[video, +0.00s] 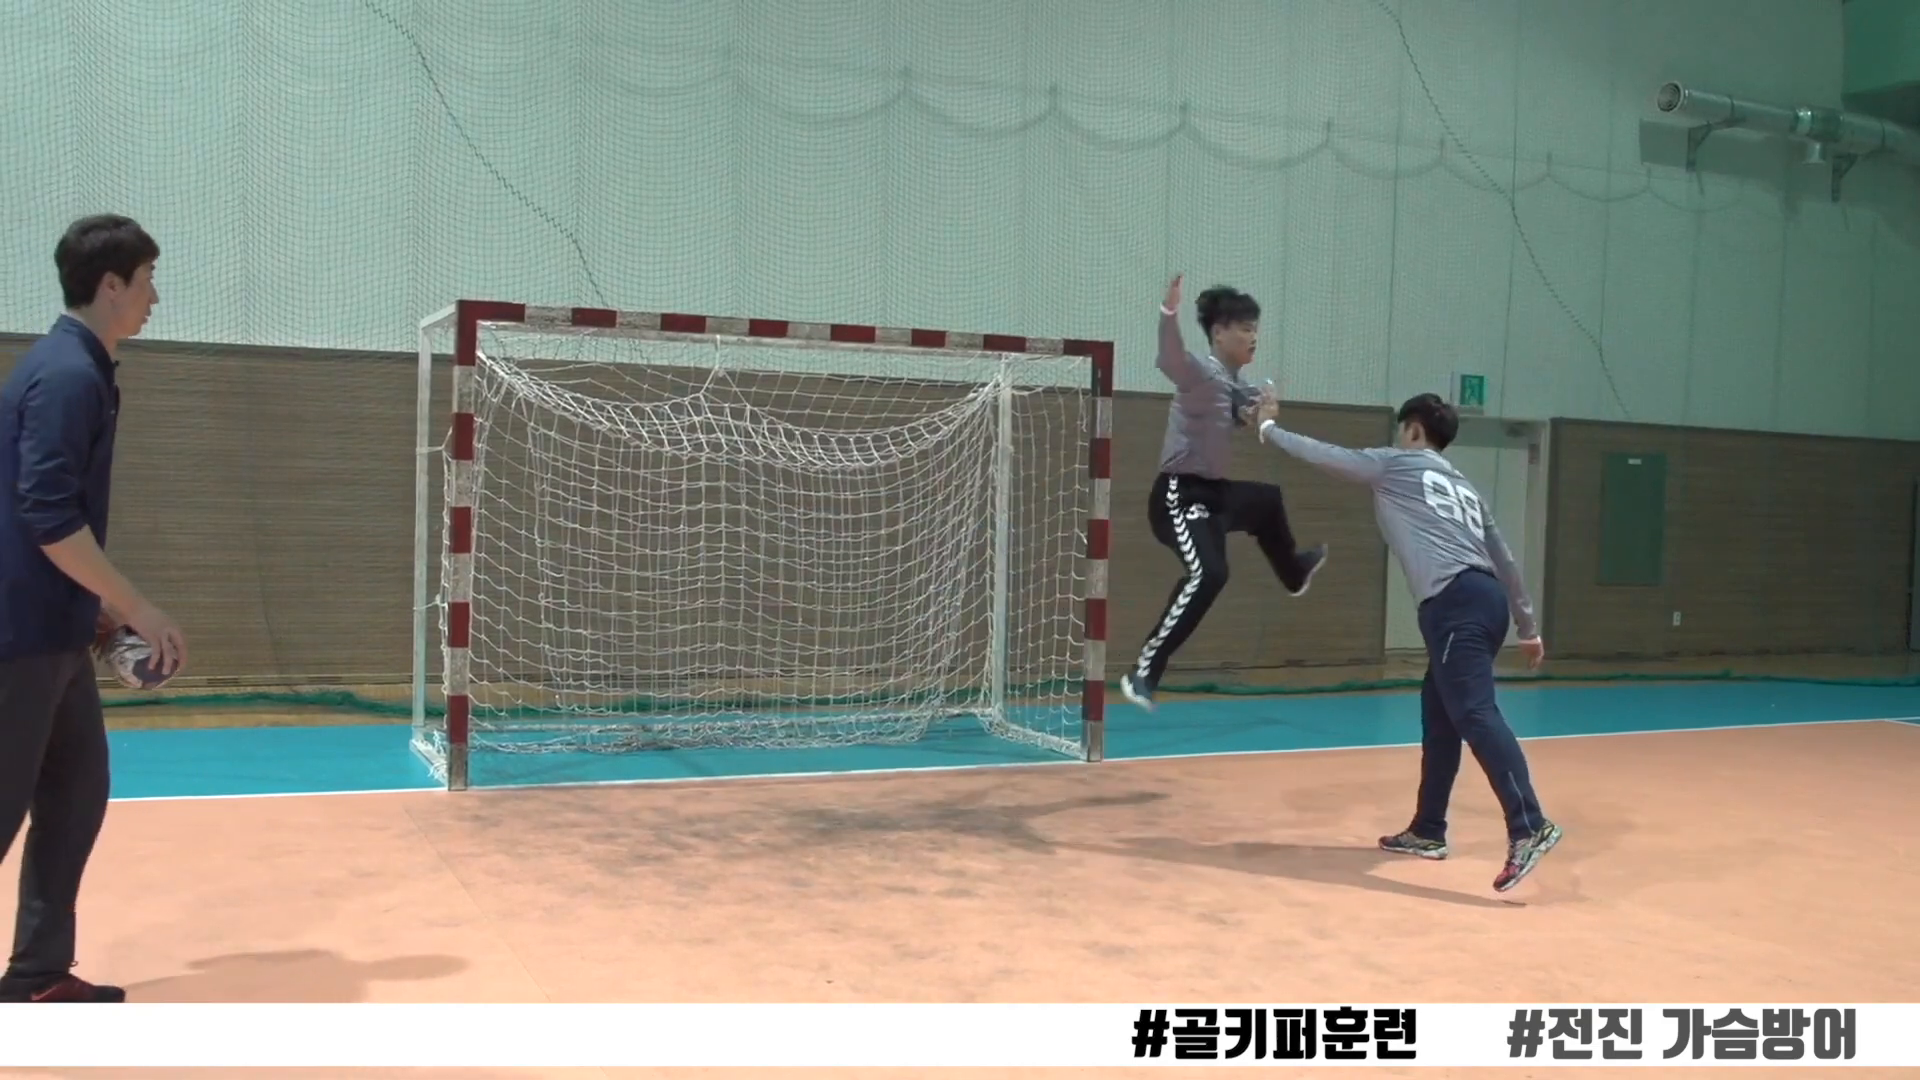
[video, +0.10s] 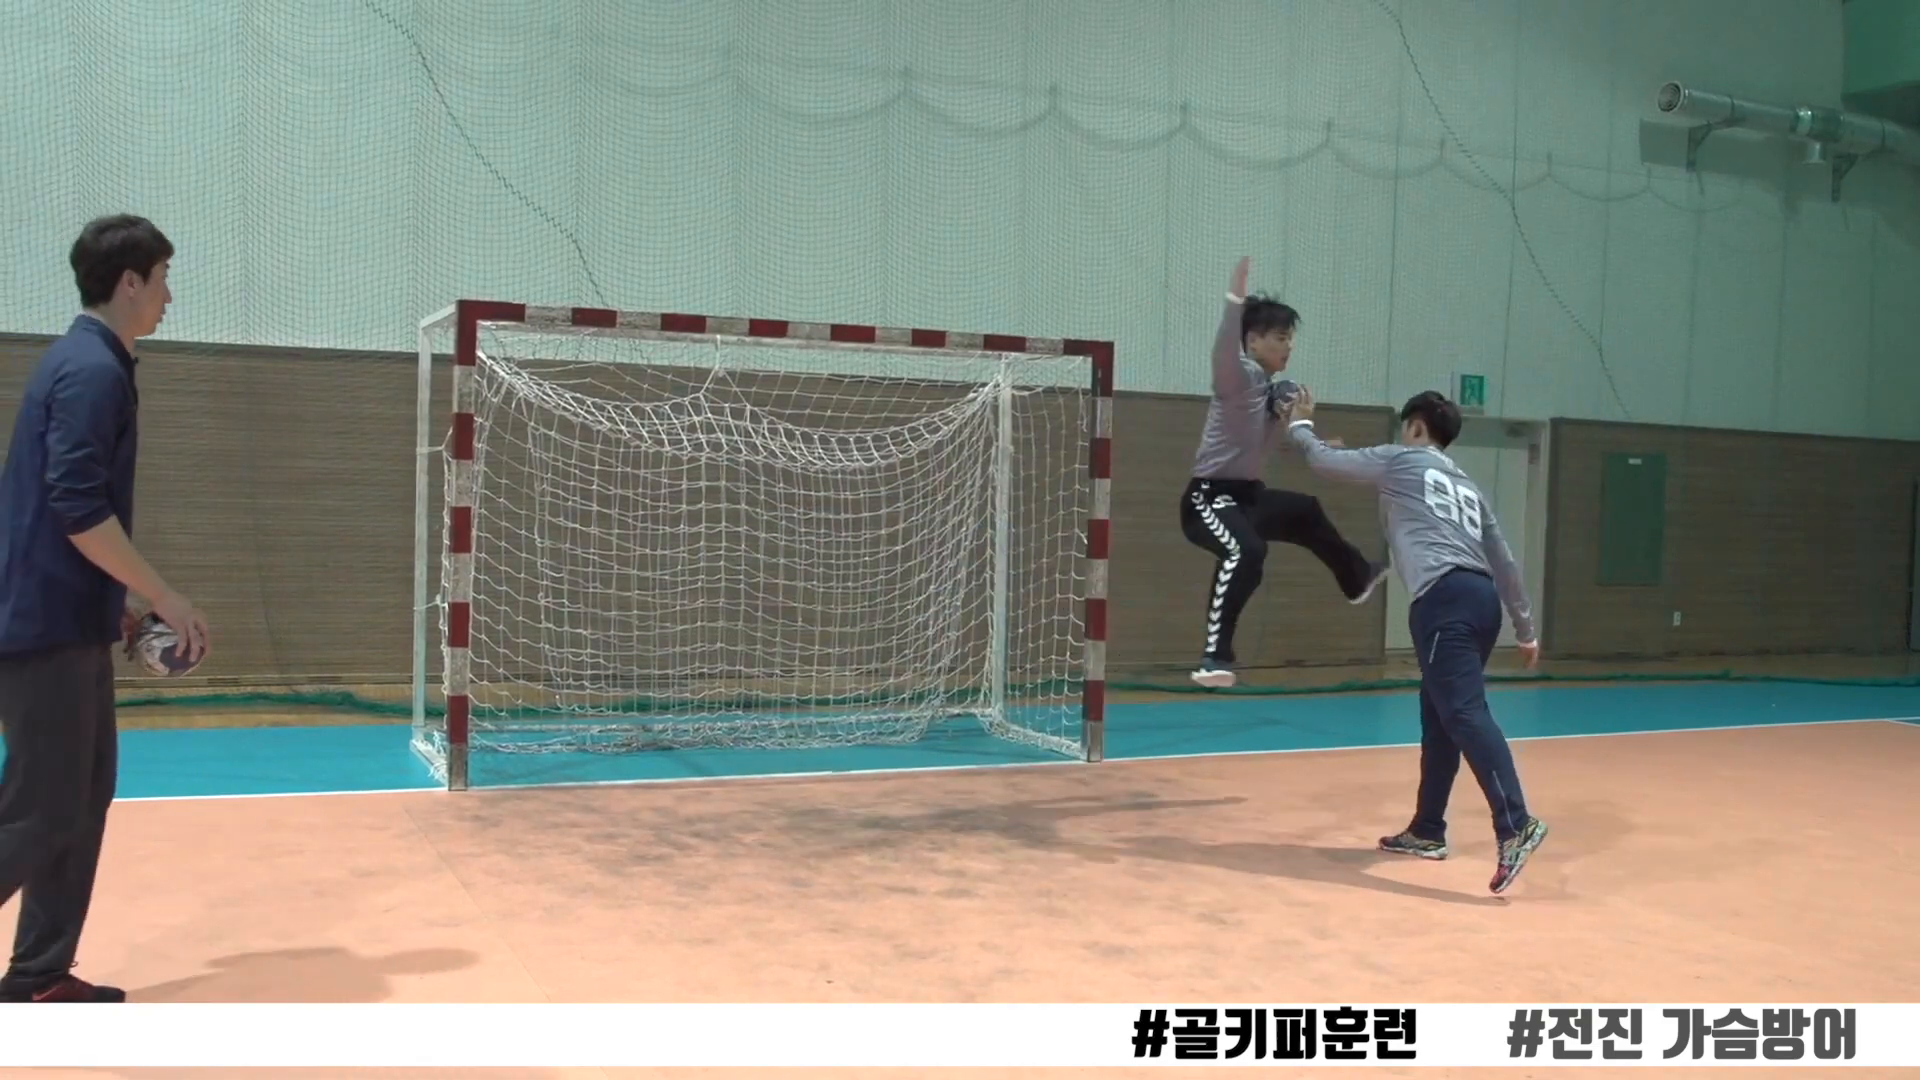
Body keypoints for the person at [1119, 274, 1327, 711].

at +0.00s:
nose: (1253, 338)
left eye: (1255, 329)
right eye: (1245, 328)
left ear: (1249, 335)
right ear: (1217, 333)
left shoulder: (1234, 384)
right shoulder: (1199, 372)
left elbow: (1238, 416)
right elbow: (1172, 360)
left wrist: (1260, 408)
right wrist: (1169, 317)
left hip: (1214, 494)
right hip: (1179, 495)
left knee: (1267, 500)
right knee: (1208, 573)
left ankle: (1293, 573)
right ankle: (1143, 674)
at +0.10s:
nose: (1288, 348)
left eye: (1290, 340)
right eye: (1280, 339)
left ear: (1284, 344)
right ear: (1252, 340)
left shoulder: (1276, 390)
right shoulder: (1237, 380)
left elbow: (1279, 440)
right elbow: (1226, 351)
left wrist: (1317, 440)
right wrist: (1234, 306)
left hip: (1250, 497)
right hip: (1208, 498)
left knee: (1306, 512)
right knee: (1246, 549)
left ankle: (1356, 579)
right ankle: (1216, 658)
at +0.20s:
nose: (1309, 364)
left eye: (1312, 356)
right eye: (1301, 355)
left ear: (1309, 362)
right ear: (1277, 356)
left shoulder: (1302, 410)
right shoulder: (1255, 400)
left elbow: (1309, 470)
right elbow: (1261, 372)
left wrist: (1345, 487)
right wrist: (1293, 321)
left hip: (1290, 524)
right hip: (1251, 522)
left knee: (1346, 576)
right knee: (1289, 588)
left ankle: (1383, 656)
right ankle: (1266, 702)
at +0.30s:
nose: (1324, 404)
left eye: (1326, 397)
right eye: (1314, 397)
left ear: (1325, 401)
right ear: (1291, 399)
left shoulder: (1320, 444)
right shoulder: (1278, 440)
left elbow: (1328, 498)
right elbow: (1280, 451)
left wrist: (1361, 526)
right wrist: (1321, 398)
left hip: (1329, 564)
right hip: (1293, 566)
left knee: (1372, 651)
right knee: (1335, 650)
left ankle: (1405, 741)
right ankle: (1318, 763)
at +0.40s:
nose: (1354, 462)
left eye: (1354, 454)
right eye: (1343, 455)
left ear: (1352, 461)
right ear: (1317, 464)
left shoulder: (1350, 514)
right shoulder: (1310, 512)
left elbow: (1352, 581)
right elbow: (1311, 554)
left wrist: (1397, 604)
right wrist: (1345, 498)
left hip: (1353, 629)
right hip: (1318, 634)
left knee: (1411, 706)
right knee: (1379, 716)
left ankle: (1409, 800)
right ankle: (1355, 827)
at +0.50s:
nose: (1365, 496)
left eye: (1368, 489)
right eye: (1353, 489)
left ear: (1374, 496)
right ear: (1329, 499)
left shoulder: (1349, 550)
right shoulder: (1321, 545)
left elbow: (1356, 620)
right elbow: (1313, 596)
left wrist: (1407, 635)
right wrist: (1358, 587)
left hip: (1345, 659)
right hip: (1308, 662)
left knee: (1418, 707)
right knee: (1385, 721)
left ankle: (1408, 803)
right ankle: (1355, 828)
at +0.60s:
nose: (1338, 472)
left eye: (1345, 465)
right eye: (1327, 464)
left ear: (1351, 473)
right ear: (1307, 472)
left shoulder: (1329, 524)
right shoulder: (1297, 520)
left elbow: (1333, 583)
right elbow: (1258, 578)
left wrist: (1378, 585)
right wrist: (1285, 627)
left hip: (1320, 639)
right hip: (1282, 644)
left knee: (1376, 711)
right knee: (1349, 714)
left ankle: (1409, 796)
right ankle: (1351, 829)